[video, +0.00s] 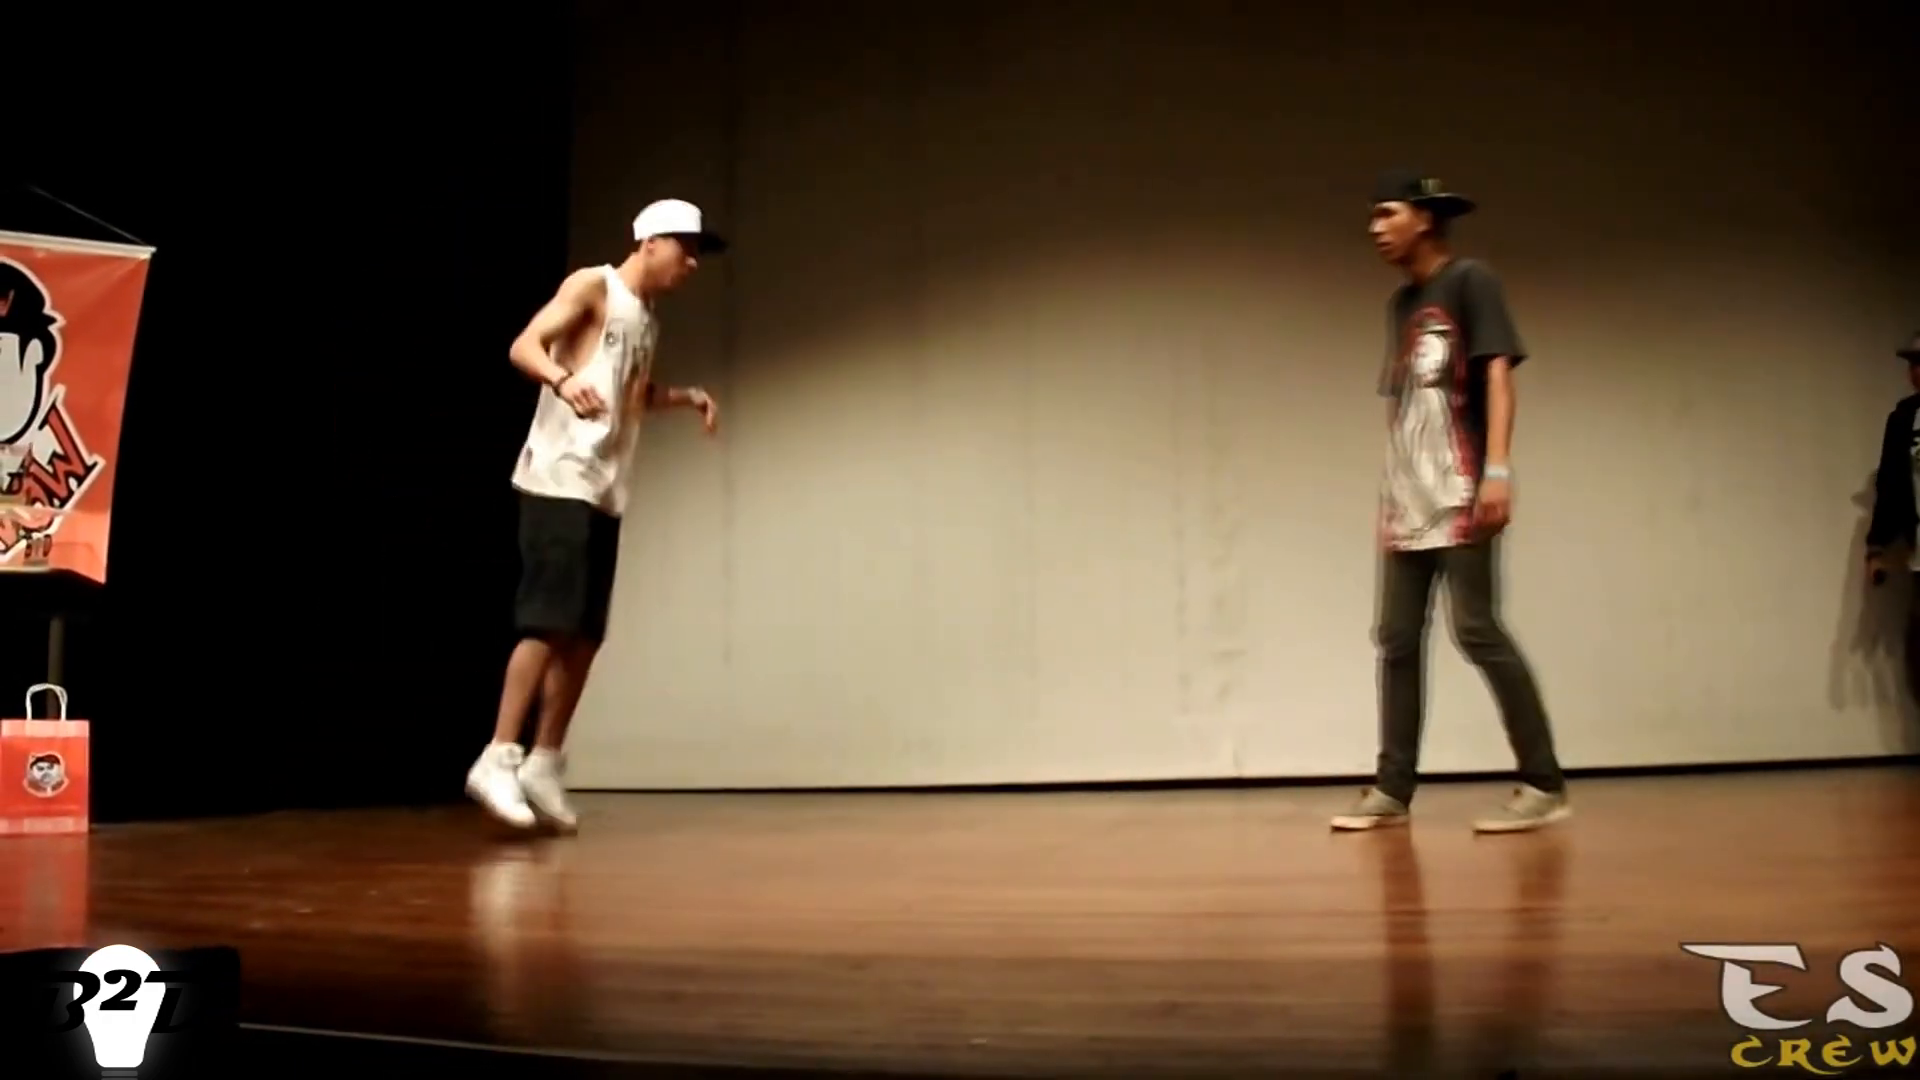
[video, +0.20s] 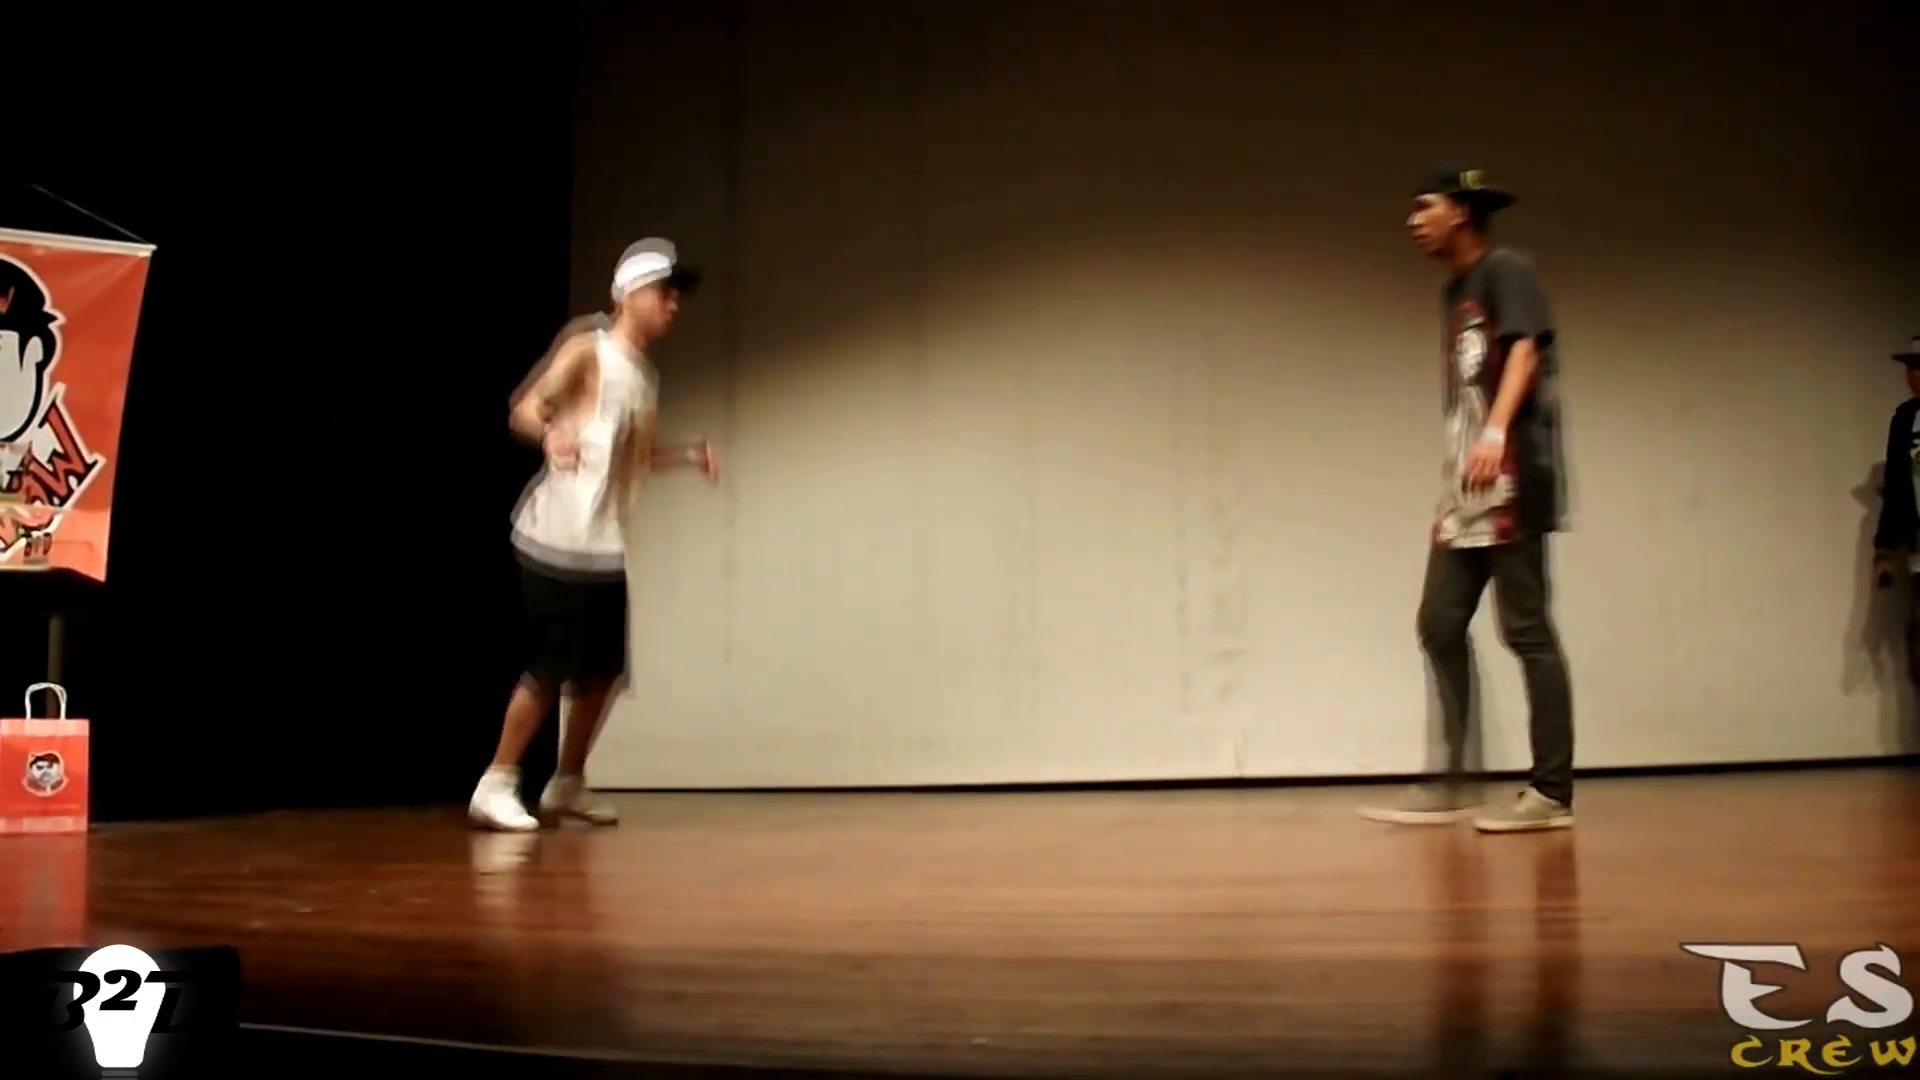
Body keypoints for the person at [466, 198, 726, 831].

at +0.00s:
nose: (689, 267)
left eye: (693, 257)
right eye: (683, 251)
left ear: (675, 258)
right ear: (647, 242)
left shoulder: (646, 319)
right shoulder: (590, 286)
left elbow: (633, 397)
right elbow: (525, 346)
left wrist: (682, 398)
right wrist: (563, 380)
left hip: (604, 490)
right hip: (556, 482)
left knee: (583, 635)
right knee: (545, 626)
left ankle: (544, 766)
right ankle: (497, 760)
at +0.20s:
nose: (672, 306)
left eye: (674, 295)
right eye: (662, 293)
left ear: (656, 301)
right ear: (628, 295)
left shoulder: (644, 374)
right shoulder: (585, 348)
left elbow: (636, 457)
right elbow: (523, 409)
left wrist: (689, 457)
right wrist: (549, 435)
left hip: (603, 546)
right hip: (552, 541)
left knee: (602, 672)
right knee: (544, 667)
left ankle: (567, 786)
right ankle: (495, 785)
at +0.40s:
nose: (689, 272)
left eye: (691, 263)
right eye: (679, 261)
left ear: (677, 274)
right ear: (648, 267)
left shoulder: (659, 346)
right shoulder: (605, 320)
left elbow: (648, 412)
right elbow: (548, 387)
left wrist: (693, 416)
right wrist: (570, 425)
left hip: (634, 512)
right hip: (591, 510)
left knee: (623, 642)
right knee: (581, 639)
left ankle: (587, 760)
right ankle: (538, 759)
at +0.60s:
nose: (707, 312)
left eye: (708, 300)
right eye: (699, 300)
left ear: (691, 300)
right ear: (669, 298)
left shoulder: (674, 366)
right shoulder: (625, 347)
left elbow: (681, 444)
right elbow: (577, 415)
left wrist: (733, 449)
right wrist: (602, 451)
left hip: (658, 535)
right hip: (625, 535)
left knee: (655, 662)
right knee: (637, 661)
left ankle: (635, 778)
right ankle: (611, 782)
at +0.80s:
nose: (729, 307)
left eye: (731, 298)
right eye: (720, 296)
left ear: (722, 302)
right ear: (691, 296)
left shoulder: (705, 370)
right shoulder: (651, 350)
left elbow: (699, 447)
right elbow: (597, 416)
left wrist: (746, 447)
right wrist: (630, 447)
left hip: (683, 529)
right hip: (647, 525)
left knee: (664, 650)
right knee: (687, 641)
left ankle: (641, 763)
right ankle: (638, 760)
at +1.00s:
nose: (752, 294)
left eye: (754, 285)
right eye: (741, 283)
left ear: (743, 294)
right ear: (709, 287)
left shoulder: (719, 366)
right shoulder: (667, 340)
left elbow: (717, 436)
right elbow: (609, 402)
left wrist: (769, 436)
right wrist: (646, 427)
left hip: (698, 522)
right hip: (663, 521)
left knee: (680, 649)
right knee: (702, 638)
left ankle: (653, 768)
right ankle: (698, 767)